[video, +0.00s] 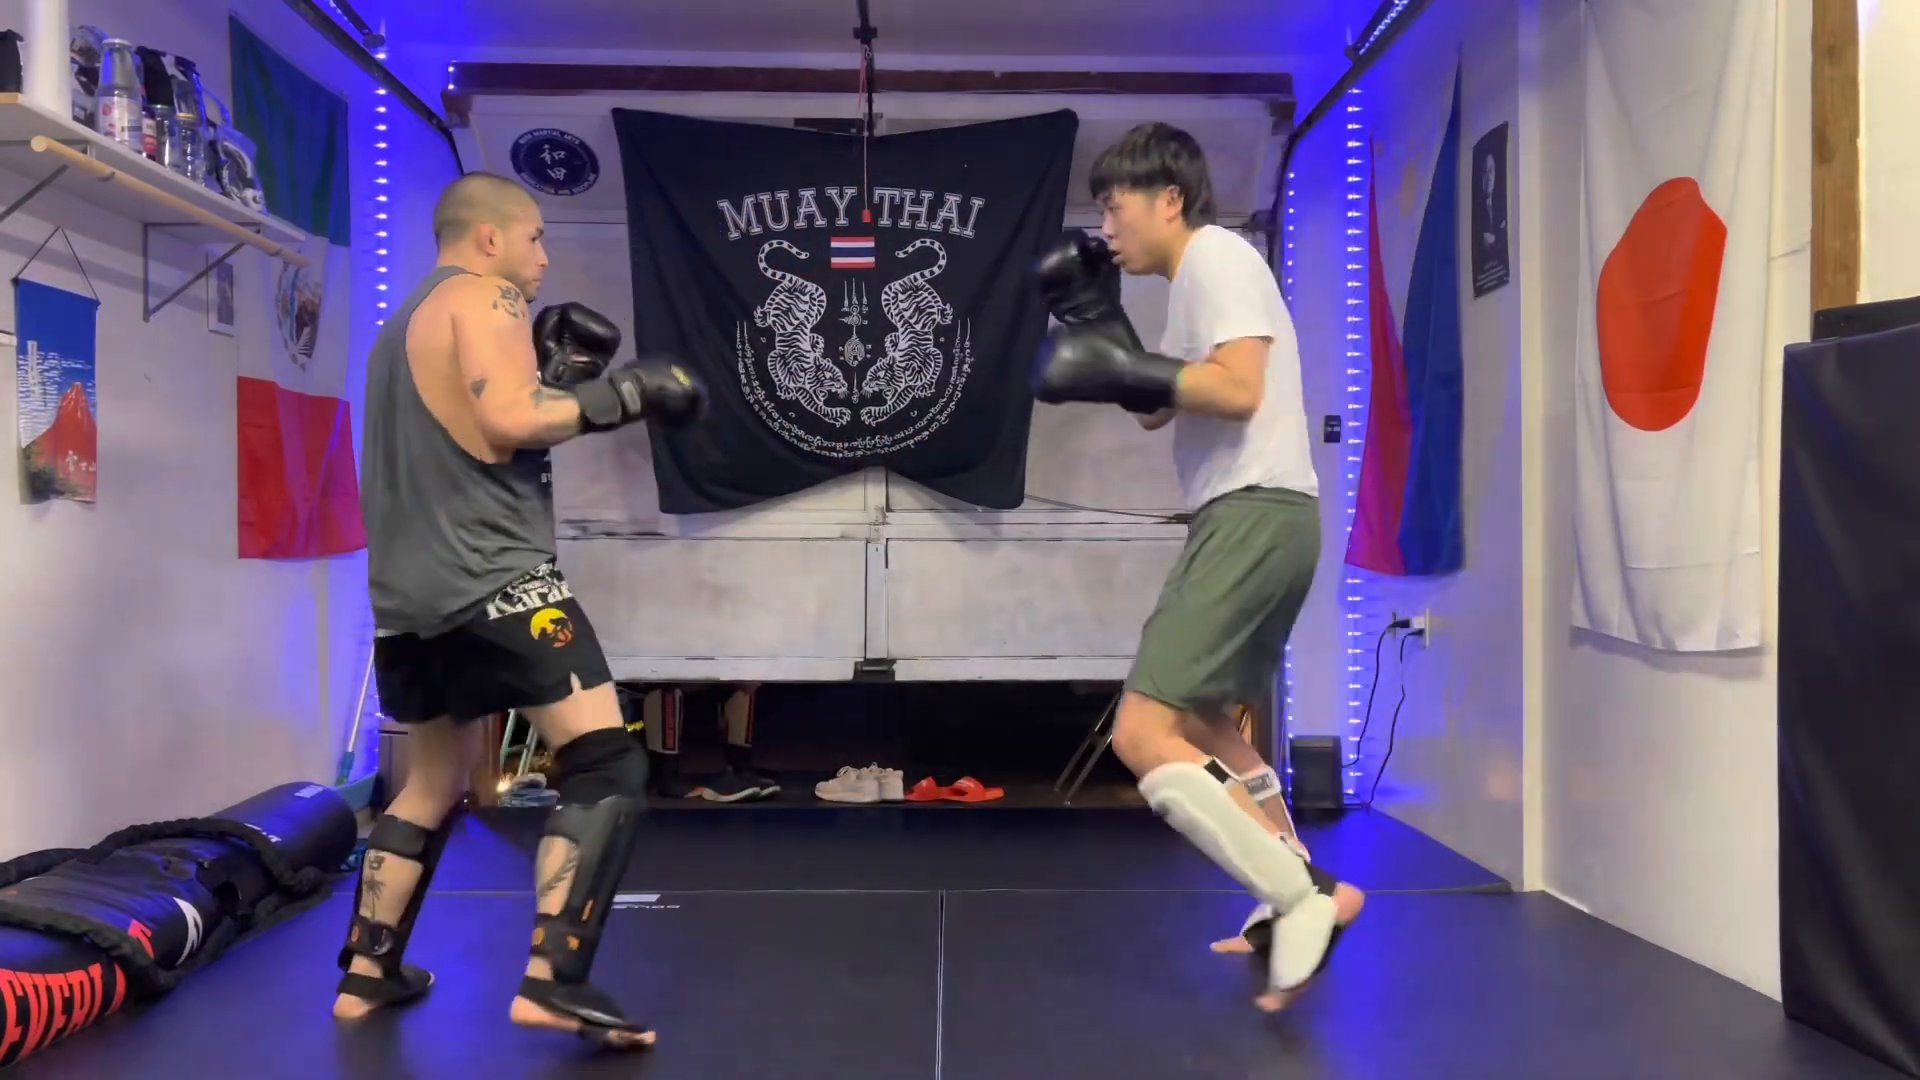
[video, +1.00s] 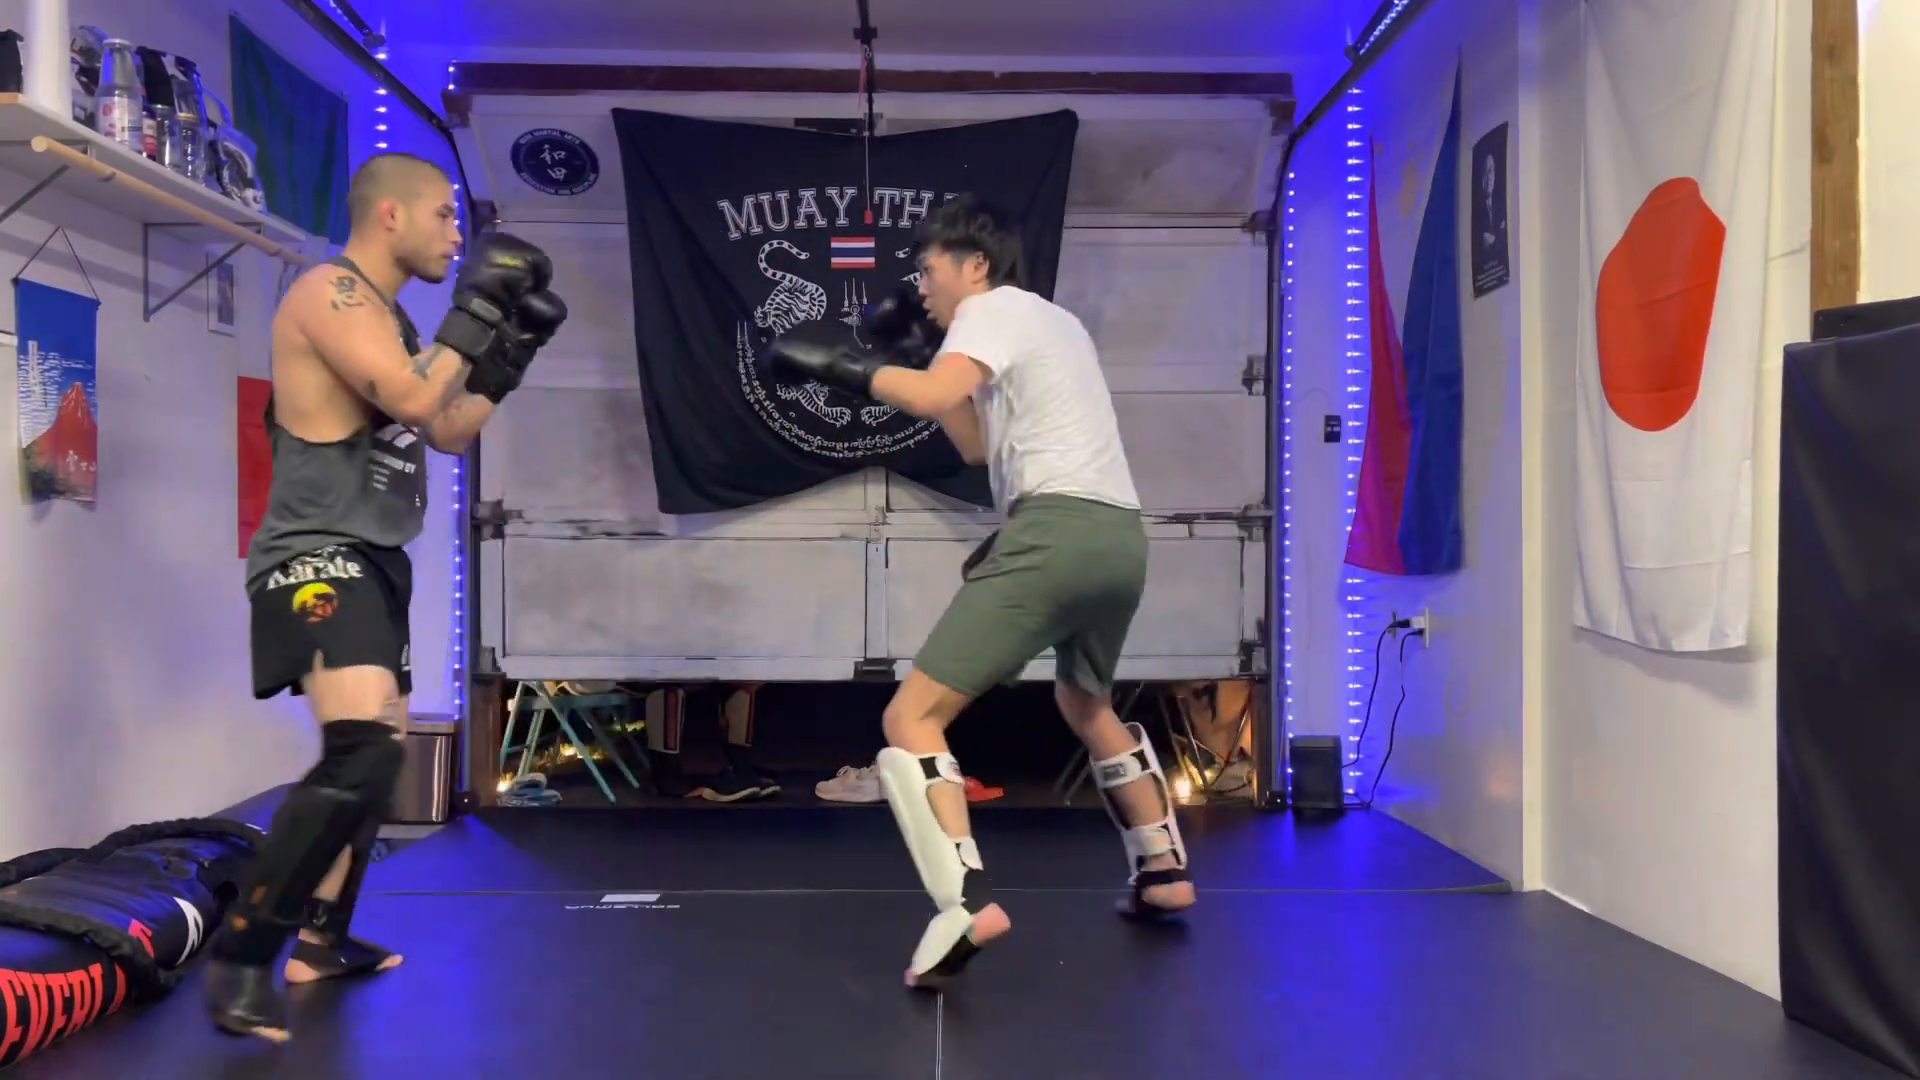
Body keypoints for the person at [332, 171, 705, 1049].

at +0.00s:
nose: (543, 256)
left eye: (542, 238)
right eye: (533, 238)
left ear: (461, 246)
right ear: (488, 238)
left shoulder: (407, 324)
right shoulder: (486, 302)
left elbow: (464, 445)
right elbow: (508, 420)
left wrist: (550, 379)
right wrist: (625, 397)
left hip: (409, 596)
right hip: (497, 582)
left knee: (429, 778)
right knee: (604, 762)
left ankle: (368, 968)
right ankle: (555, 975)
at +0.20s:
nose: (584, 249)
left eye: (582, 232)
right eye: (575, 232)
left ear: (506, 236)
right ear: (530, 233)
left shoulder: (441, 315)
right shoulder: (529, 306)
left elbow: (520, 424)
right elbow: (637, 387)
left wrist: (608, 351)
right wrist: (685, 302)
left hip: (442, 599)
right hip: (542, 588)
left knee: (447, 778)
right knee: (644, 766)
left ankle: (369, 968)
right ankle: (665, 968)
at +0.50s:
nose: (578, 253)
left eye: (576, 237)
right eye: (570, 237)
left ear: (499, 239)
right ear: (526, 237)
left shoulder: (432, 322)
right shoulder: (514, 321)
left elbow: (500, 442)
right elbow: (579, 446)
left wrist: (584, 378)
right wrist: (668, 367)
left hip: (435, 590)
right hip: (521, 584)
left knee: (432, 761)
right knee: (617, 763)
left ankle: (337, 927)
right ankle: (663, 964)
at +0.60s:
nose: (552, 278)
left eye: (550, 263)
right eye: (543, 263)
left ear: (476, 267)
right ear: (501, 267)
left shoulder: (421, 345)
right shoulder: (479, 349)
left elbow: (502, 462)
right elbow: (490, 483)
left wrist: (558, 375)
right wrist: (602, 452)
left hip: (412, 610)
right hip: (480, 607)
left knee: (422, 784)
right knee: (609, 769)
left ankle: (327, 939)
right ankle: (663, 966)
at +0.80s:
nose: (502, 272)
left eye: (500, 257)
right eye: (491, 257)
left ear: (439, 265)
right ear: (444, 264)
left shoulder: (423, 346)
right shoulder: (395, 339)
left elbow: (457, 461)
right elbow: (402, 460)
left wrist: (517, 395)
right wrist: (517, 420)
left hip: (364, 595)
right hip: (378, 593)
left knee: (406, 768)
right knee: (491, 747)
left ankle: (324, 938)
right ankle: (548, 968)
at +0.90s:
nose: (481, 248)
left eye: (480, 233)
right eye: (470, 232)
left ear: (419, 239)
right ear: (417, 236)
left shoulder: (410, 329)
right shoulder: (364, 310)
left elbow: (466, 443)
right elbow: (399, 425)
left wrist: (521, 371)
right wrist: (485, 363)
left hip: (346, 564)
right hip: (348, 563)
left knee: (385, 756)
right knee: (445, 743)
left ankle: (321, 941)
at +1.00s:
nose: (456, 232)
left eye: (455, 217)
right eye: (444, 215)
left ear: (394, 220)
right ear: (389, 217)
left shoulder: (385, 317)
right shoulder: (330, 294)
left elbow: (455, 427)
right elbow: (411, 397)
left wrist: (514, 348)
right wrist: (477, 306)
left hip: (373, 562)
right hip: (321, 556)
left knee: (373, 760)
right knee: (360, 756)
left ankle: (321, 938)